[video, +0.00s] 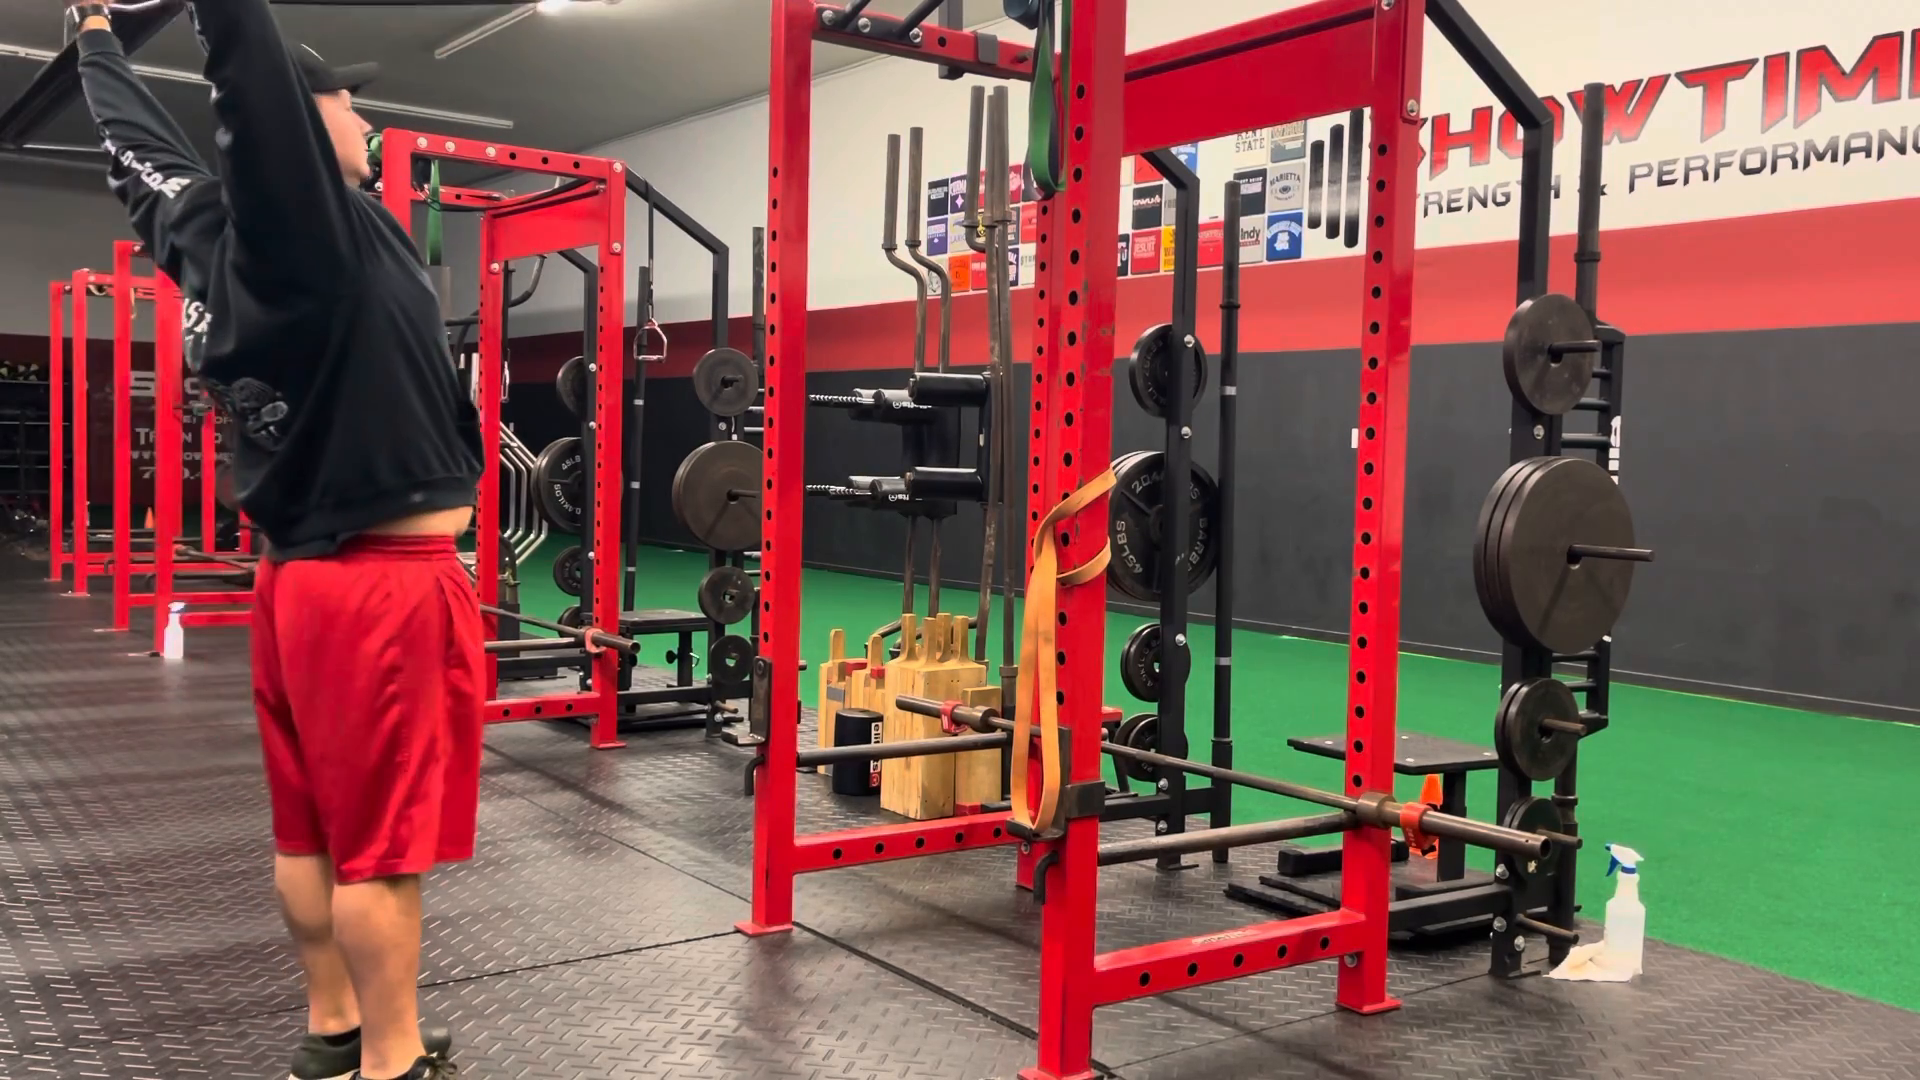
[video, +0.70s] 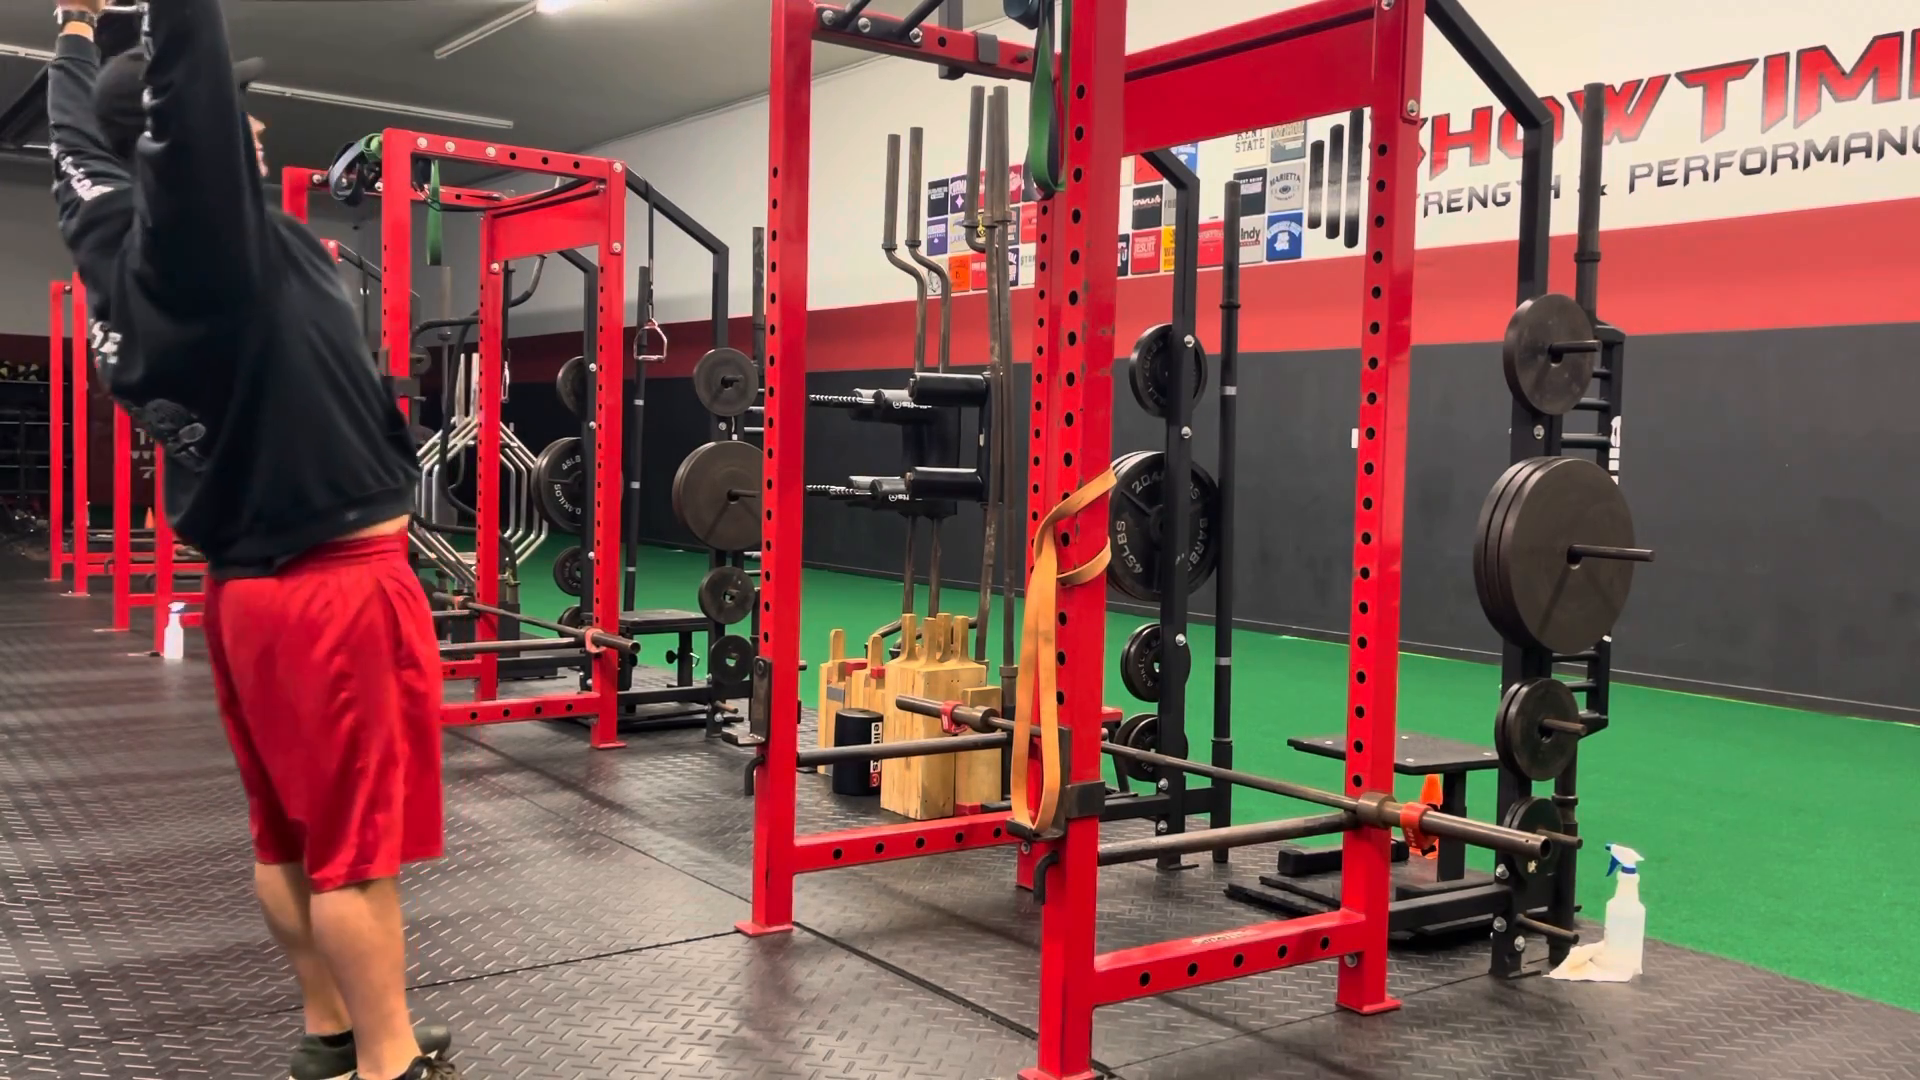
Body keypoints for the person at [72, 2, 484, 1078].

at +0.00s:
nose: (367, 121)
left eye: (359, 104)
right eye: (349, 104)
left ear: (282, 141)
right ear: (296, 121)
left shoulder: (219, 237)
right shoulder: (320, 226)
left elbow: (144, 154)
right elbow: (248, 51)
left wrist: (93, 39)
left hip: (295, 584)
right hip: (384, 589)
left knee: (306, 829)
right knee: (381, 853)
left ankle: (335, 1027)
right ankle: (393, 1058)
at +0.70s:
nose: (239, 136)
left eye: (216, 115)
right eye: (212, 119)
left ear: (131, 159)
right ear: (192, 140)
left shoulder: (133, 269)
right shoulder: (217, 248)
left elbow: (85, 152)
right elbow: (197, 83)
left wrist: (77, 29)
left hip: (248, 596)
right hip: (335, 595)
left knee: (289, 835)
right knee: (357, 855)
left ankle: (331, 1027)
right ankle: (388, 1059)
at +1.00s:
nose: (79, 132)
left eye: (74, 117)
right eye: (59, 121)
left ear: (29, 147)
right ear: (31, 148)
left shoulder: (37, 277)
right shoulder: (76, 263)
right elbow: (121, 88)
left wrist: (75, 35)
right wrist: (101, 7)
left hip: (201, 611)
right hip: (269, 606)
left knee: (275, 845)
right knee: (333, 858)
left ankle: (329, 1033)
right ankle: (386, 1061)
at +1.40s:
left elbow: (21, 225)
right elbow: (34, 205)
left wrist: (100, 159)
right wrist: (155, 87)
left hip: (89, 617)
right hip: (131, 610)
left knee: (238, 855)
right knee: (263, 866)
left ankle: (342, 1036)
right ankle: (370, 1064)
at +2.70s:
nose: (118, 125)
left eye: (100, 104)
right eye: (95, 111)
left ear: (48, 151)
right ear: (69, 134)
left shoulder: (44, 284)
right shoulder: (127, 238)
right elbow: (152, 85)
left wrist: (104, 36)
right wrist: (122, 14)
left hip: (217, 612)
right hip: (308, 599)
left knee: (284, 851)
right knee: (349, 866)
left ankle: (328, 1027)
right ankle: (388, 1061)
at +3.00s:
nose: (248, 122)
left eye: (221, 99)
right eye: (226, 99)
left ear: (149, 137)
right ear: (216, 119)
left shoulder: (146, 239)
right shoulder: (244, 220)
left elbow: (105, 130)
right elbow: (230, 62)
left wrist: (83, 18)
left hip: (263, 591)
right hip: (355, 591)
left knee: (300, 836)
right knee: (371, 855)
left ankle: (331, 1027)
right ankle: (392, 1056)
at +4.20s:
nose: (135, 125)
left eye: (123, 104)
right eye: (115, 111)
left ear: (36, 154)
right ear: (84, 131)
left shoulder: (59, 268)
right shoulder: (119, 239)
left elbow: (54, 170)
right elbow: (147, 89)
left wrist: (85, 44)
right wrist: (124, 7)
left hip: (216, 602)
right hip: (284, 595)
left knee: (290, 849)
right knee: (344, 863)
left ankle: (329, 1033)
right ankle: (392, 1060)